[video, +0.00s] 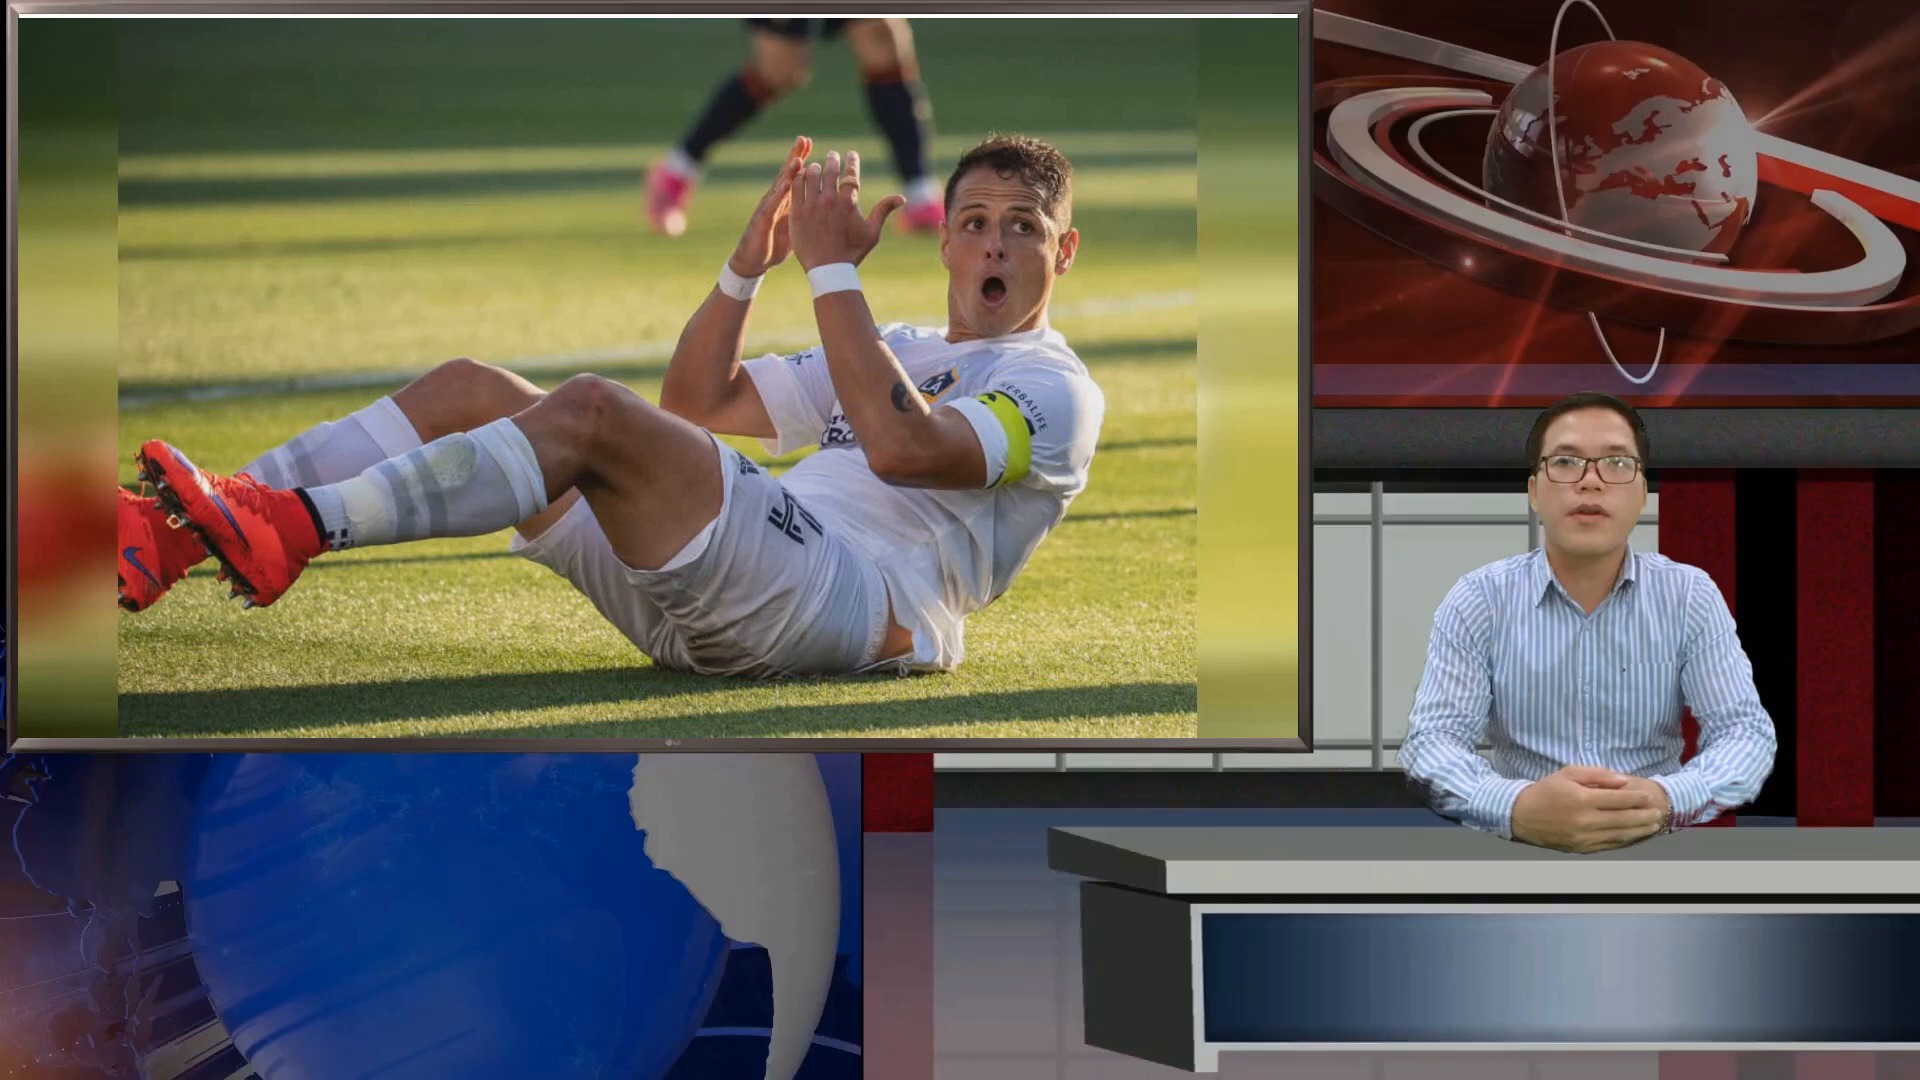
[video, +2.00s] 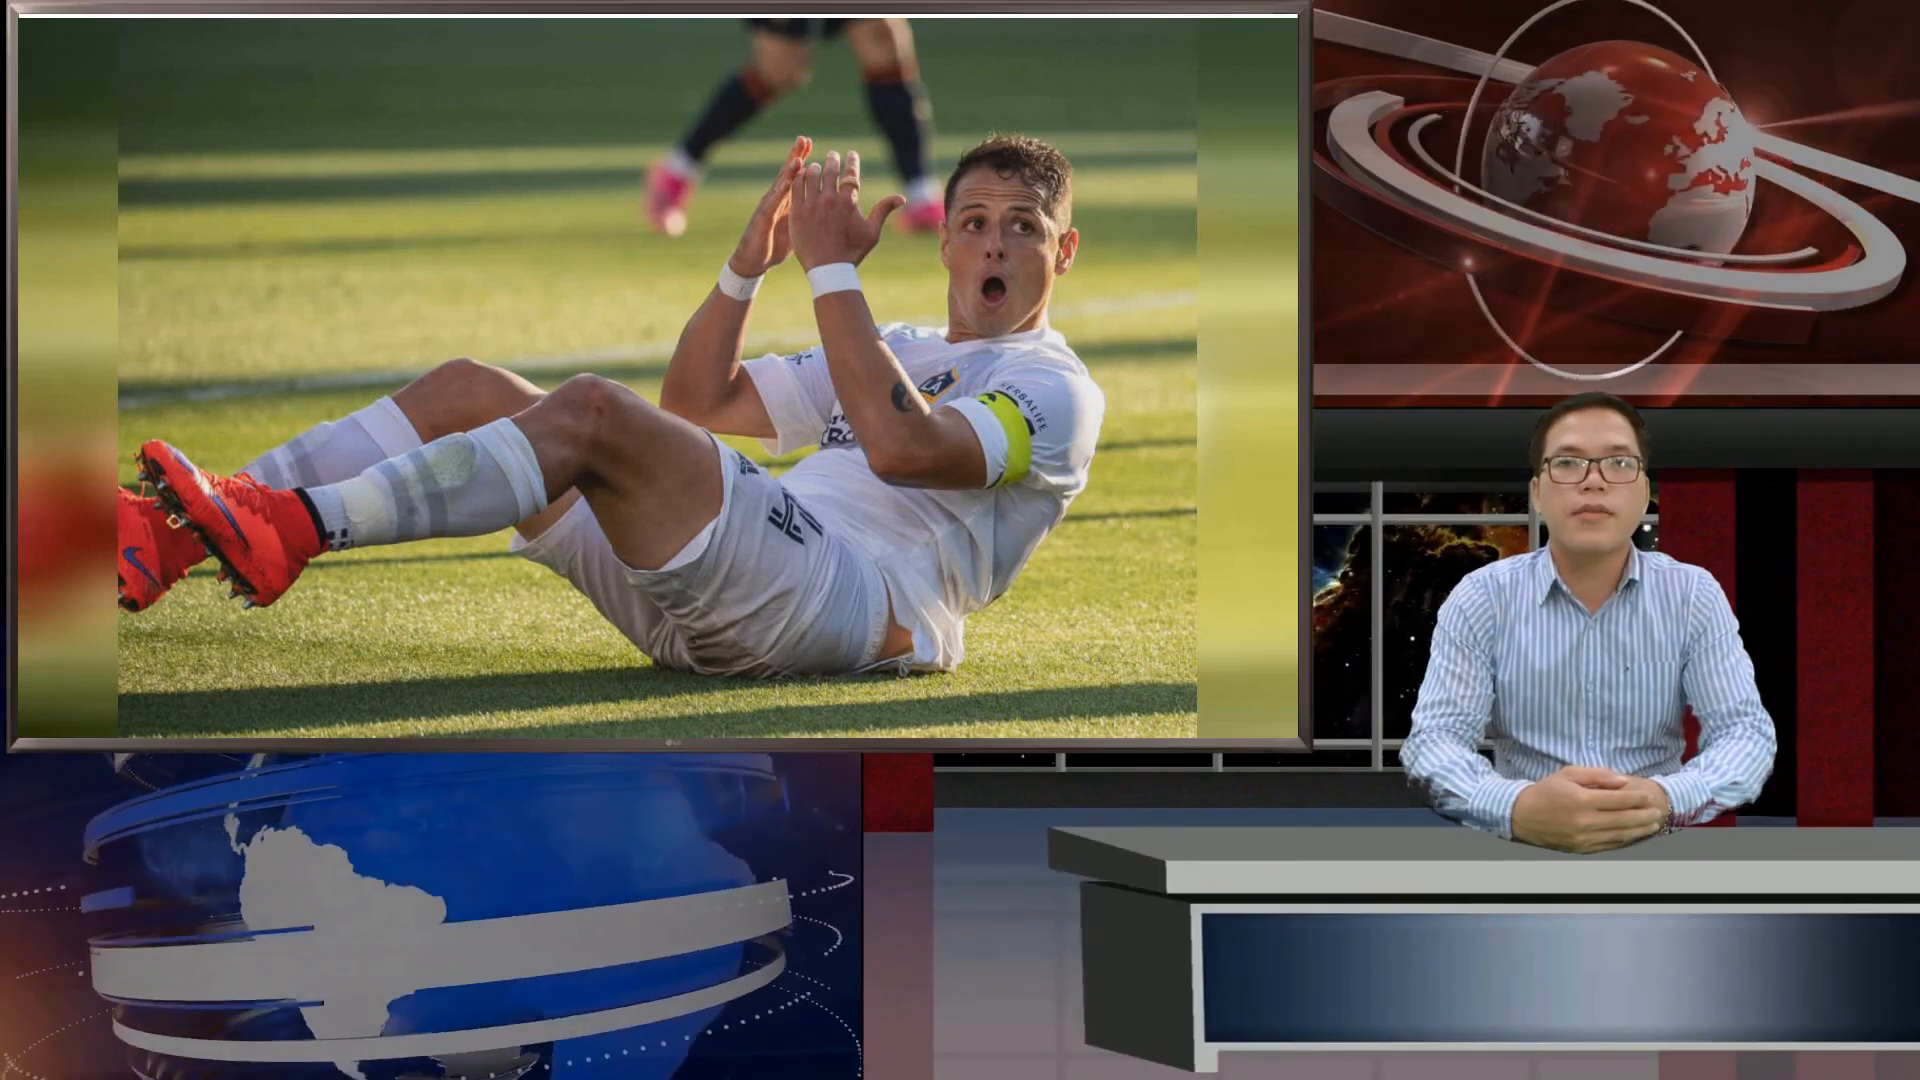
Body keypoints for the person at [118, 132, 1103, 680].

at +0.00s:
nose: (995, 246)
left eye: (1022, 230)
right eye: (976, 224)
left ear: (1065, 257)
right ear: (942, 241)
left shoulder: (1055, 389)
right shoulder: (892, 358)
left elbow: (901, 447)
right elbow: (695, 405)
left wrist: (833, 270)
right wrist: (747, 270)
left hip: (839, 603)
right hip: (731, 572)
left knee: (593, 413)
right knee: (468, 389)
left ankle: (299, 524)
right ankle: (179, 538)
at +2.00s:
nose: (995, 246)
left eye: (1022, 230)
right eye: (976, 224)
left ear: (1065, 258)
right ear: (943, 240)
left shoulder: (1055, 389)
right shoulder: (892, 358)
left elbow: (902, 447)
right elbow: (695, 404)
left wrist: (833, 270)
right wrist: (747, 270)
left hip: (840, 603)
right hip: (732, 571)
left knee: (592, 413)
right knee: (468, 389)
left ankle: (300, 524)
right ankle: (180, 539)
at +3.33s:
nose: (995, 246)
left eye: (1022, 230)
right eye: (976, 224)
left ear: (1065, 258)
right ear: (943, 240)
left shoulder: (1055, 389)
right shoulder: (892, 358)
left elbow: (902, 447)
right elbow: (695, 404)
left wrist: (833, 270)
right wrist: (746, 270)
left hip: (840, 602)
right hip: (733, 571)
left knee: (592, 413)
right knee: (468, 389)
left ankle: (300, 524)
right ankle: (179, 539)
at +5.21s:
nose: (995, 246)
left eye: (1022, 230)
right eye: (975, 224)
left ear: (1065, 257)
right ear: (942, 241)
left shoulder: (1055, 389)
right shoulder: (893, 358)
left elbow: (901, 447)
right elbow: (695, 405)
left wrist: (833, 270)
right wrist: (747, 269)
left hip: (840, 603)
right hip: (733, 573)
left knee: (592, 413)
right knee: (468, 389)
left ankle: (299, 525)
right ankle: (180, 538)